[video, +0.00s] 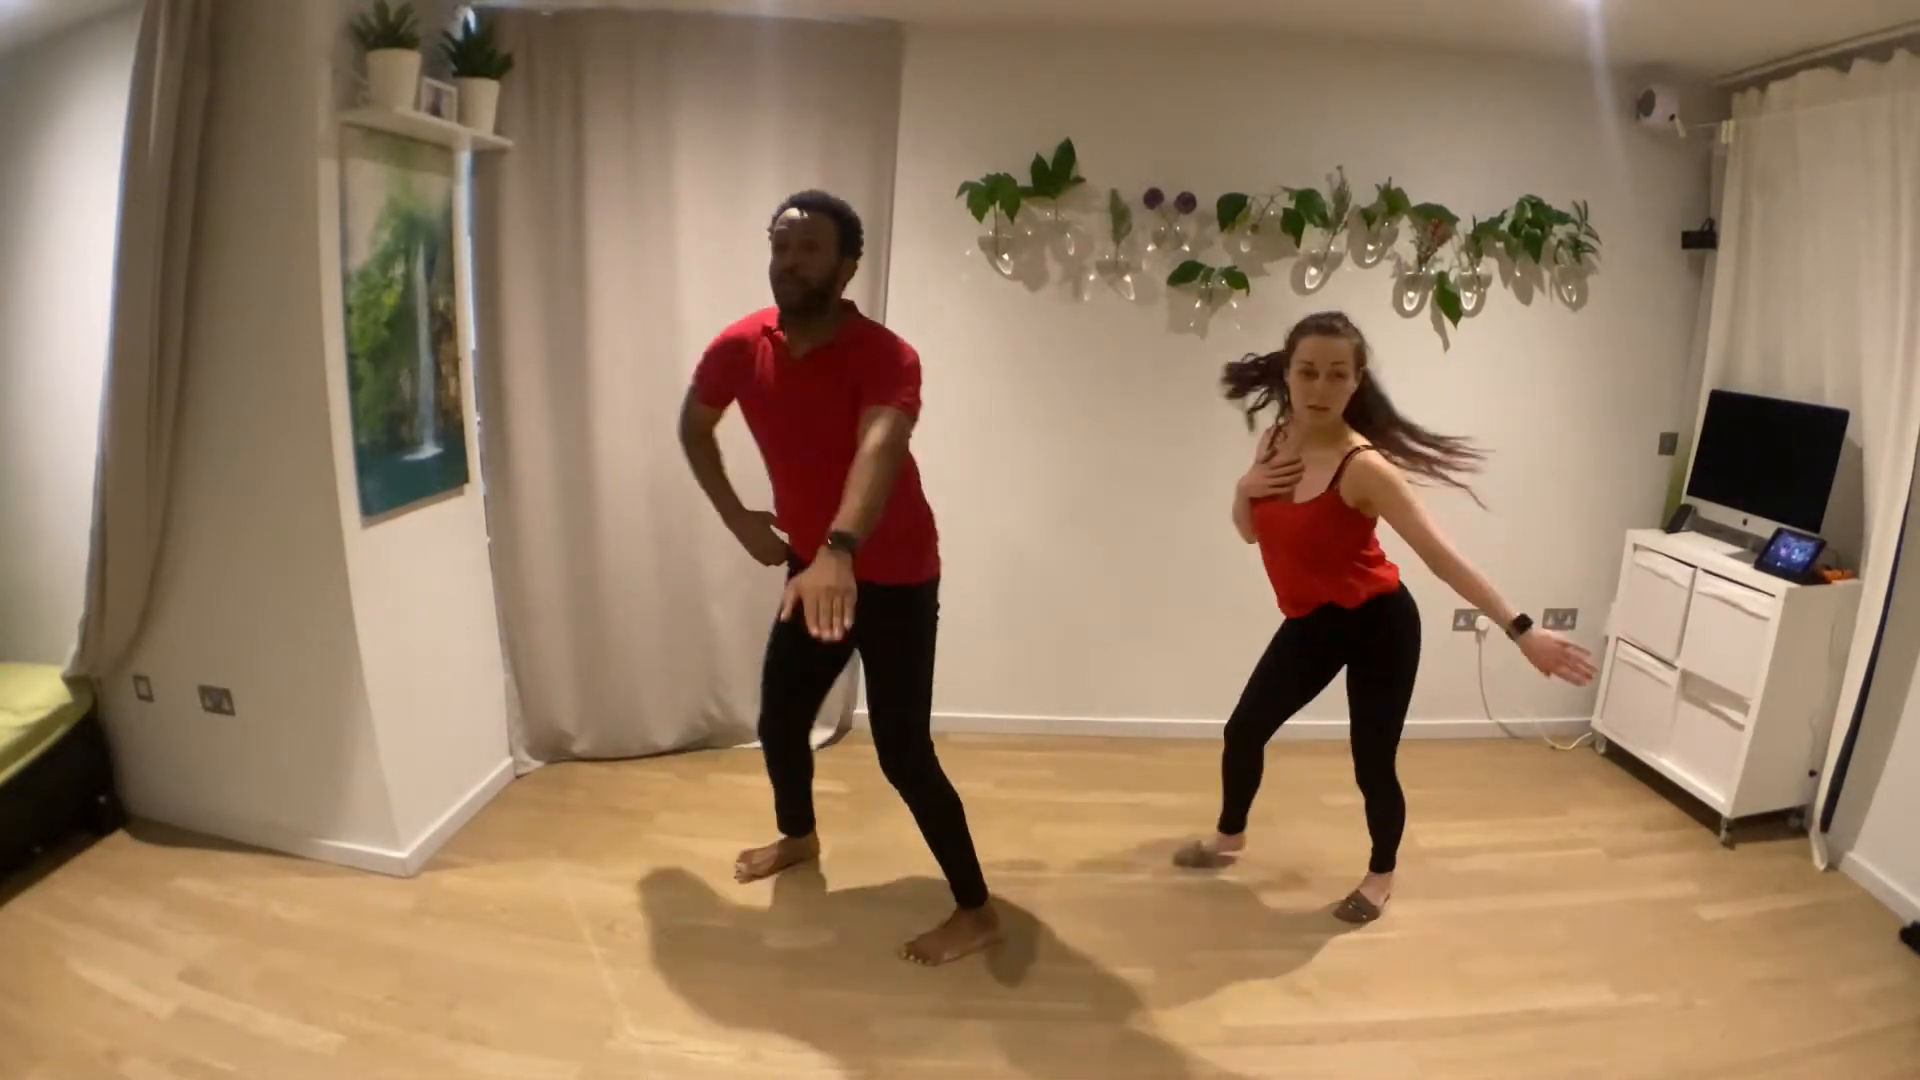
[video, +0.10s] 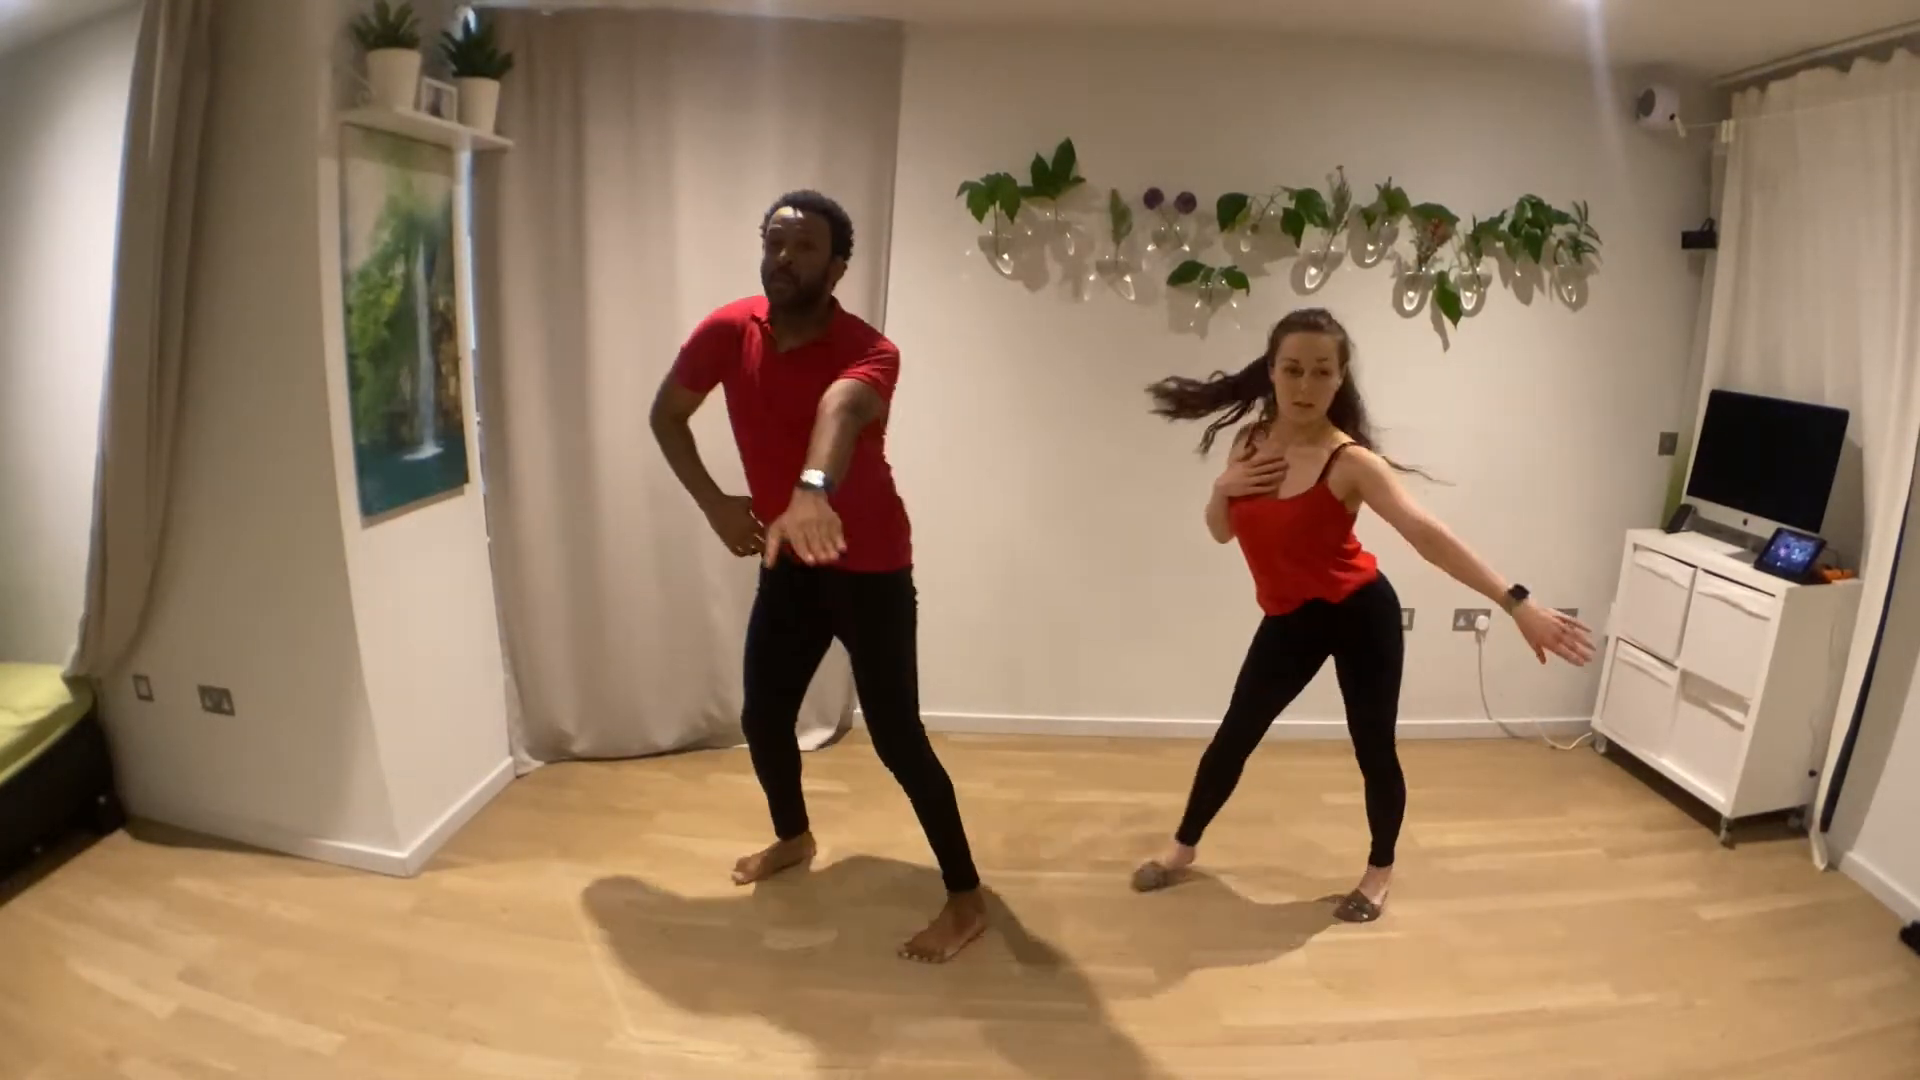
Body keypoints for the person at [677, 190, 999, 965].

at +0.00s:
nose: (788, 260)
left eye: (807, 247)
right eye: (779, 245)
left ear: (846, 263)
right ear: (768, 255)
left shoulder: (886, 357)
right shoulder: (742, 350)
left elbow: (879, 451)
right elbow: (695, 430)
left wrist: (838, 549)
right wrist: (743, 522)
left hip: (897, 574)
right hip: (814, 568)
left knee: (904, 751)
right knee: (781, 724)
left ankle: (976, 907)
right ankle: (797, 840)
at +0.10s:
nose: (781, 258)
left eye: (801, 246)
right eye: (773, 243)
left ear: (837, 263)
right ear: (759, 252)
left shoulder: (870, 351)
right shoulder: (730, 332)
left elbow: (843, 409)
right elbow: (666, 417)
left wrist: (813, 488)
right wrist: (716, 504)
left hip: (873, 570)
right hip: (790, 567)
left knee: (897, 737)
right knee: (765, 719)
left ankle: (966, 898)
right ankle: (793, 839)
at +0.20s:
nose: (765, 252)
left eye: (784, 241)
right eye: (757, 238)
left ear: (820, 259)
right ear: (744, 249)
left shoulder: (848, 349)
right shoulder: (711, 326)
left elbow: (813, 388)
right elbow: (660, 406)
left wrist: (772, 439)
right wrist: (701, 494)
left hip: (849, 562)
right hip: (769, 558)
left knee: (875, 721)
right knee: (752, 710)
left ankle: (946, 876)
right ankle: (793, 834)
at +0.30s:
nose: (750, 254)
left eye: (771, 243)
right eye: (742, 239)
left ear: (806, 259)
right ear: (728, 248)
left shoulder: (827, 350)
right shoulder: (697, 331)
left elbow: (775, 375)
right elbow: (666, 410)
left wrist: (713, 413)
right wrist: (684, 494)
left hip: (826, 557)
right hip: (748, 550)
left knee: (834, 720)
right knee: (743, 708)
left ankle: (914, 811)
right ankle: (792, 832)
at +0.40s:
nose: (736, 255)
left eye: (754, 244)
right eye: (726, 243)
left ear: (789, 259)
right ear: (713, 255)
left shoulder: (810, 350)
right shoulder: (697, 338)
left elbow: (739, 372)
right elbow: (683, 421)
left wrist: (643, 395)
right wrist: (679, 501)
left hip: (807, 558)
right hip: (730, 551)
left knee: (801, 712)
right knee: (732, 708)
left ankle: (833, 753)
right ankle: (789, 830)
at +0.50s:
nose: (719, 260)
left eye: (738, 247)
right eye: (710, 246)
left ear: (773, 261)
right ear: (699, 257)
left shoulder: (793, 351)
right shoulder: (698, 343)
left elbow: (697, 379)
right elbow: (691, 447)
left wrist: (571, 384)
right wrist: (682, 523)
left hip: (784, 554)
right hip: (711, 548)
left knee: (768, 697)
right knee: (723, 702)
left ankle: (744, 768)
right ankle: (789, 831)